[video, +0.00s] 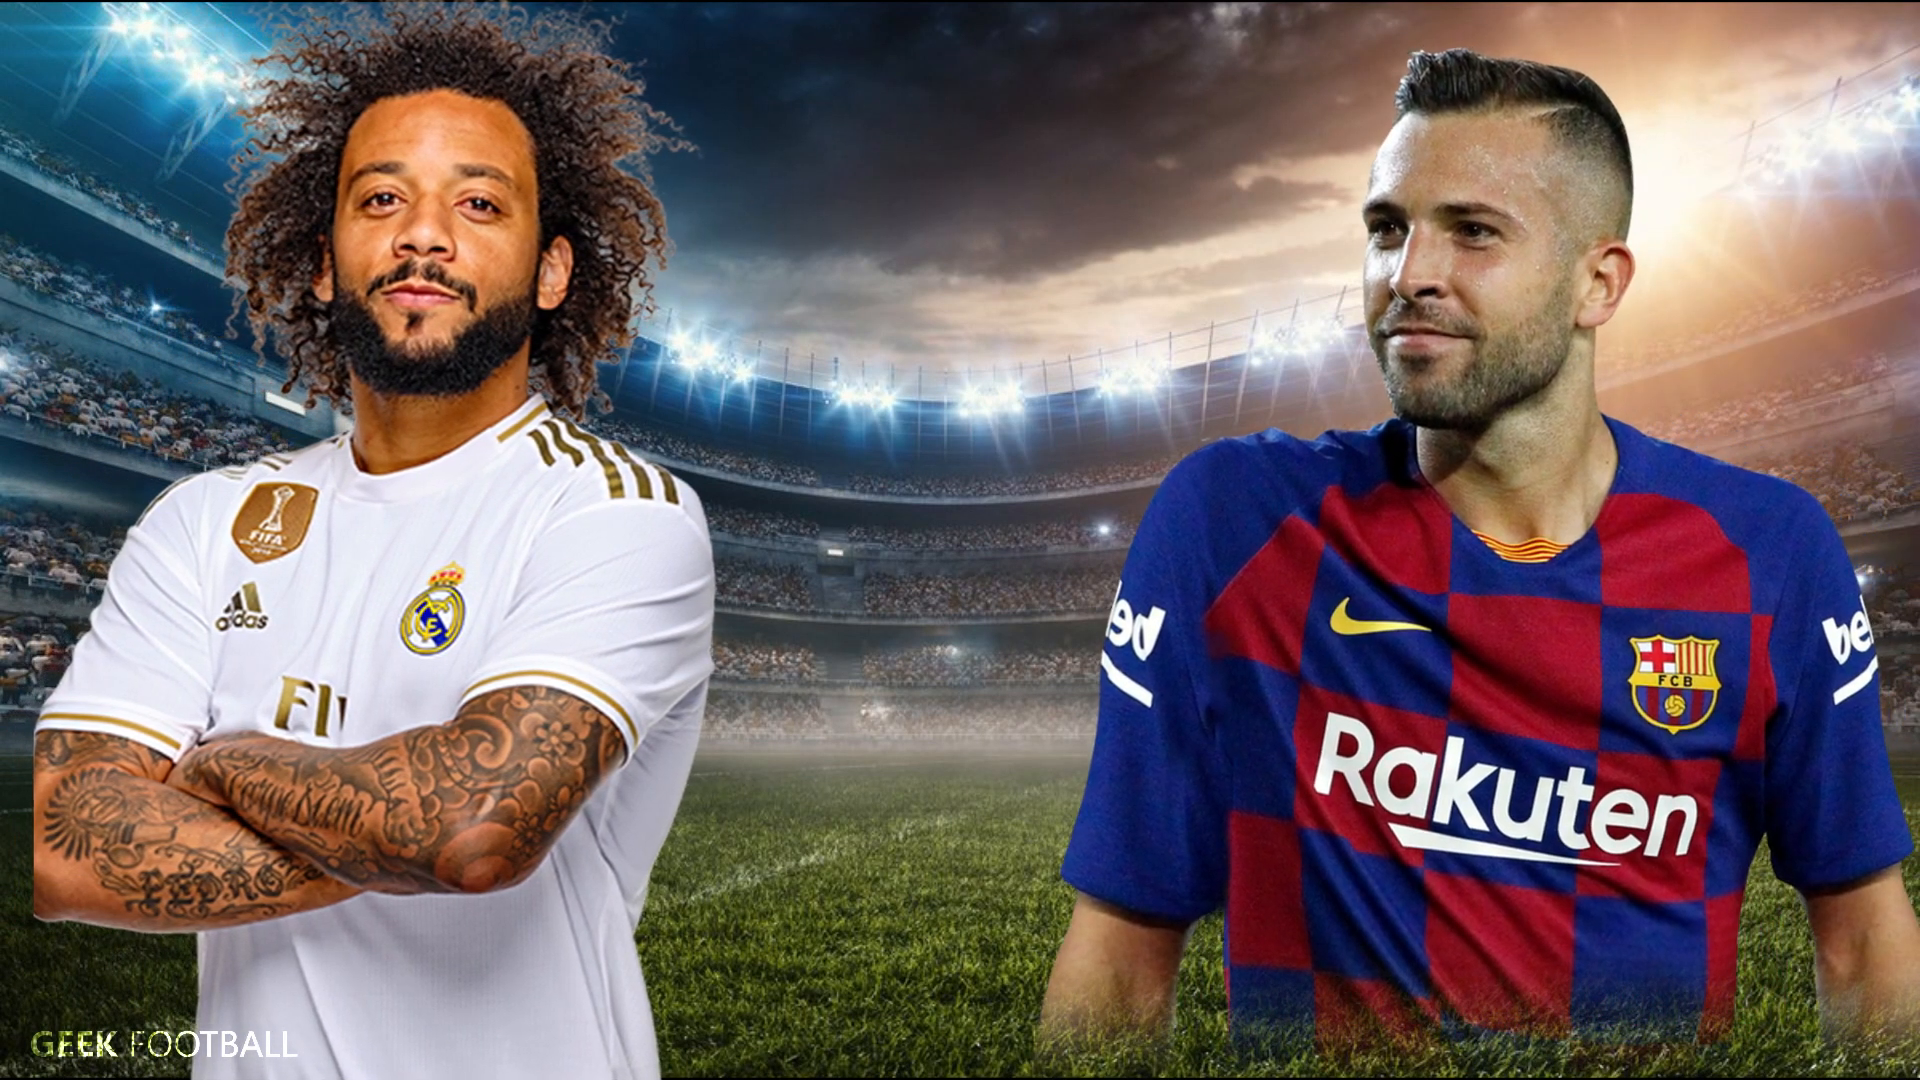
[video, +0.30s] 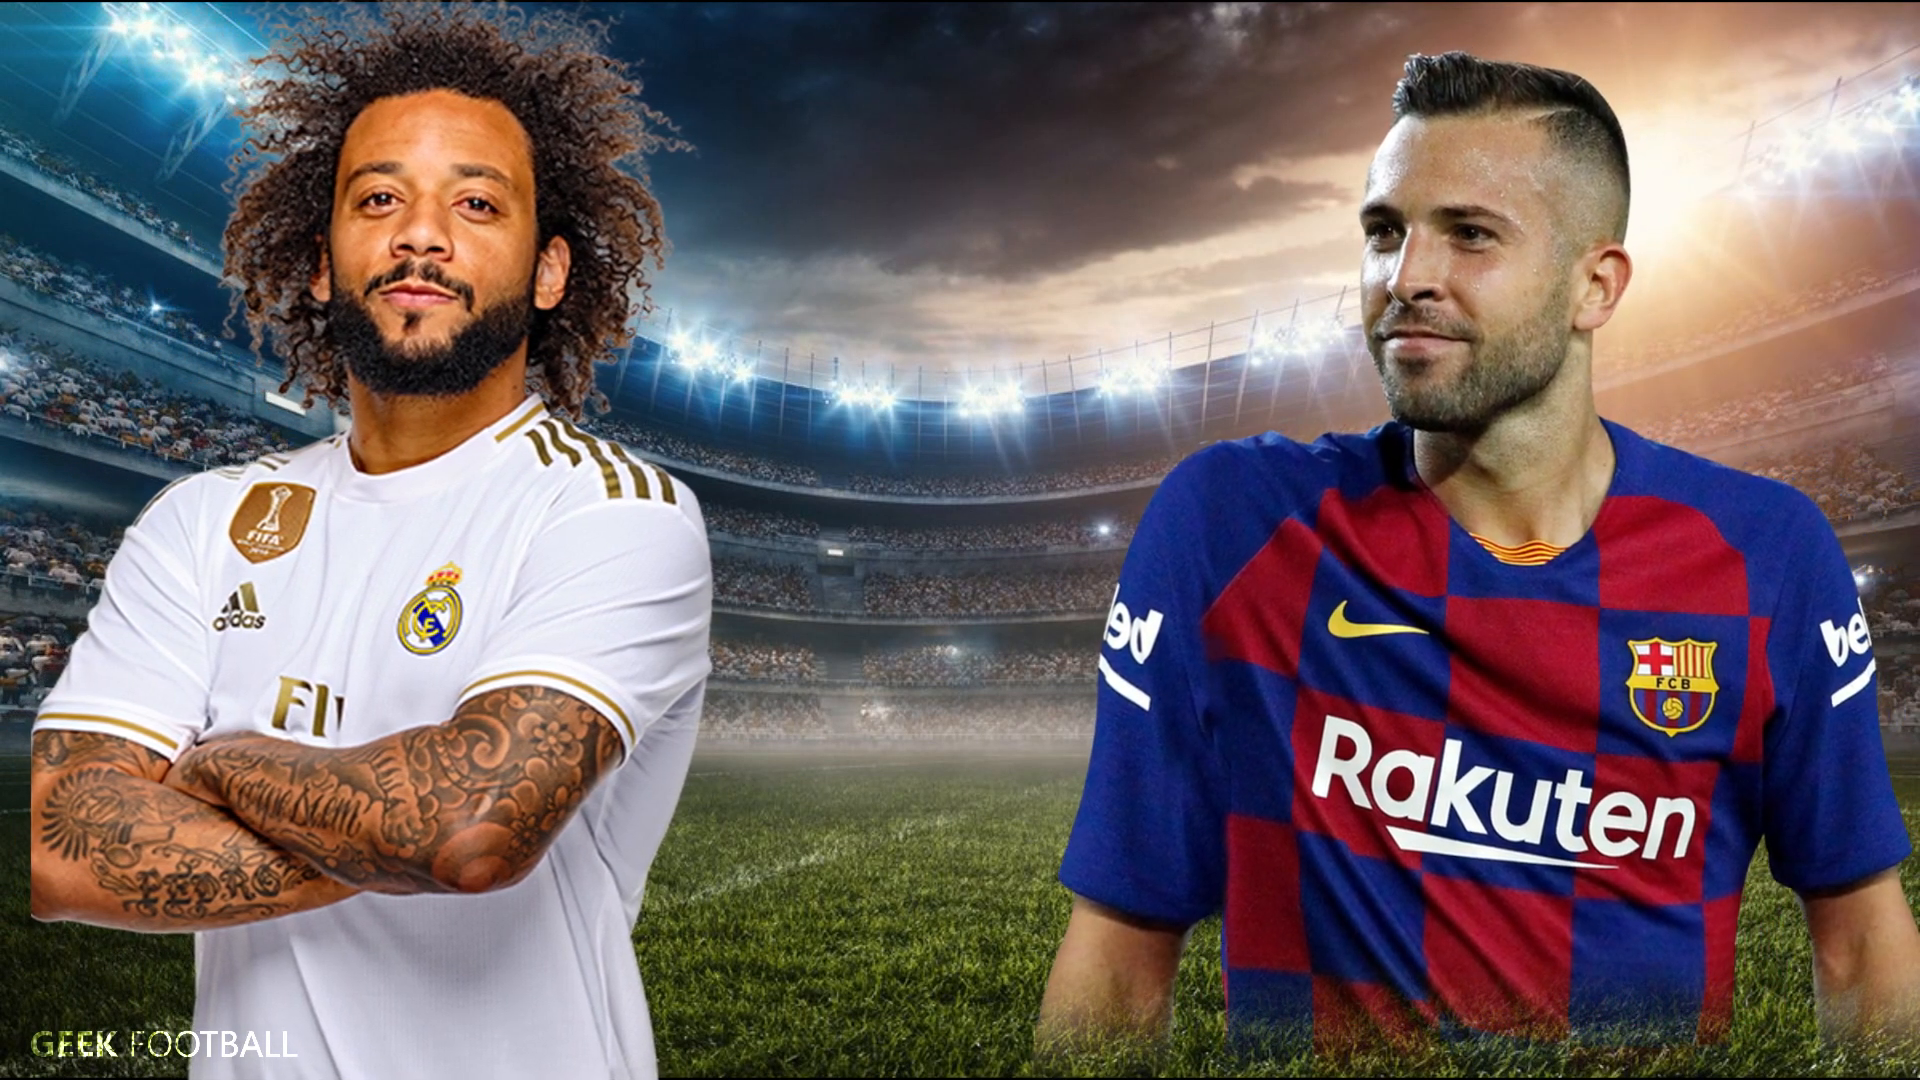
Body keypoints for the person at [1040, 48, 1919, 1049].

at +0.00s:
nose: (1407, 275)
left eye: (1474, 231)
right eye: (1388, 230)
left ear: (1600, 285)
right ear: (1364, 256)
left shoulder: (1771, 555)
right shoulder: (1229, 519)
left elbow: (1863, 931)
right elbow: (1121, 946)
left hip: (1644, 1048)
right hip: (1316, 1047)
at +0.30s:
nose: (1404, 278)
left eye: (1471, 234)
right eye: (1384, 233)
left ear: (1596, 287)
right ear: (1360, 259)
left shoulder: (1769, 557)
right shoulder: (1224, 521)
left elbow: (1861, 933)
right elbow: (1120, 947)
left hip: (1642, 1050)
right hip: (1310, 1050)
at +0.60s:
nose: (1401, 281)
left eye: (1468, 237)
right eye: (1381, 236)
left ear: (1592, 291)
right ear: (1358, 260)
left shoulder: (1767, 559)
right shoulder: (1223, 527)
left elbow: (1860, 936)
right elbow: (1118, 952)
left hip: (1638, 1051)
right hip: (1309, 1050)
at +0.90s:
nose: (1398, 284)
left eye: (1465, 240)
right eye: (1378, 239)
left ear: (1590, 293)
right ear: (1355, 262)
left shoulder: (1765, 562)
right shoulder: (1220, 527)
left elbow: (1860, 941)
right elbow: (1117, 954)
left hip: (1638, 1050)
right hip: (1307, 1046)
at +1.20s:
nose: (1396, 287)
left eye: (1462, 243)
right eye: (1376, 241)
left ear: (1587, 296)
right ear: (1352, 266)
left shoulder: (1763, 566)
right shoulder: (1212, 533)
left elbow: (1856, 943)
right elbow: (1115, 960)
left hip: (1634, 1053)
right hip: (1302, 1052)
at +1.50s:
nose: (1392, 290)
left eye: (1459, 245)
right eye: (1372, 244)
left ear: (1584, 299)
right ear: (1349, 268)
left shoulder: (1760, 568)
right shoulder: (1211, 537)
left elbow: (1855, 944)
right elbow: (1113, 963)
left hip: (1634, 1053)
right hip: (1302, 1051)